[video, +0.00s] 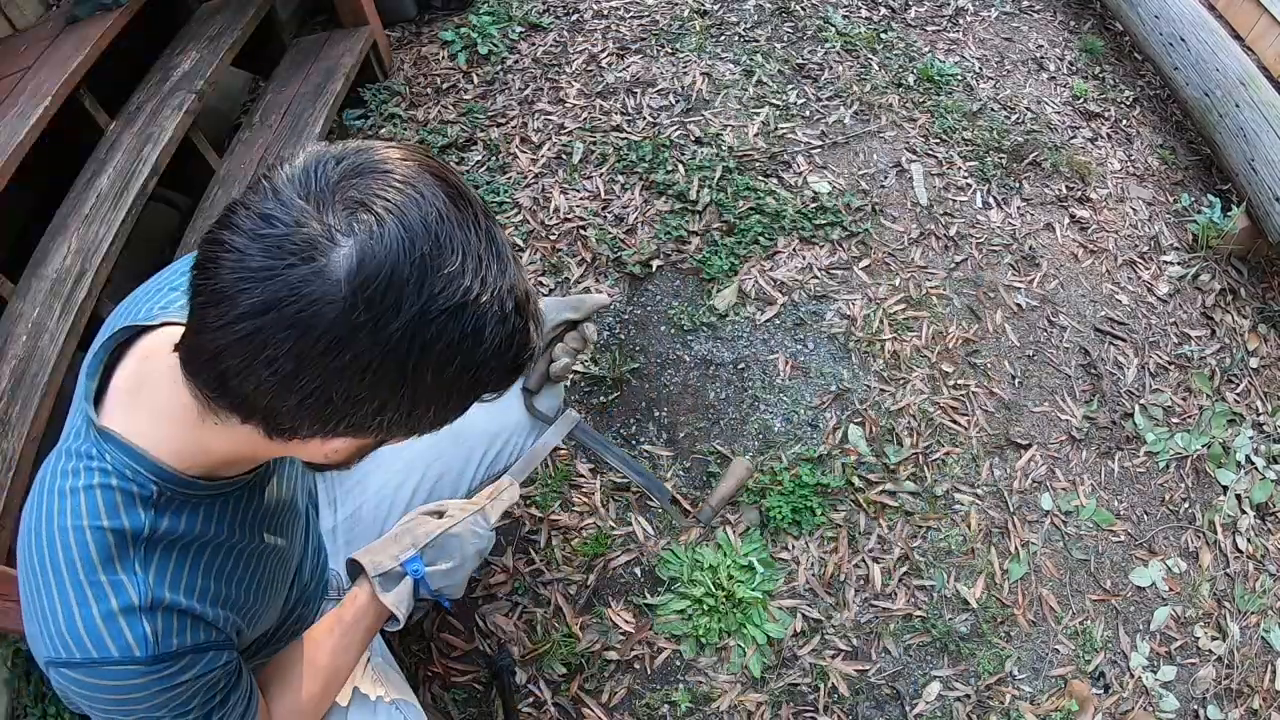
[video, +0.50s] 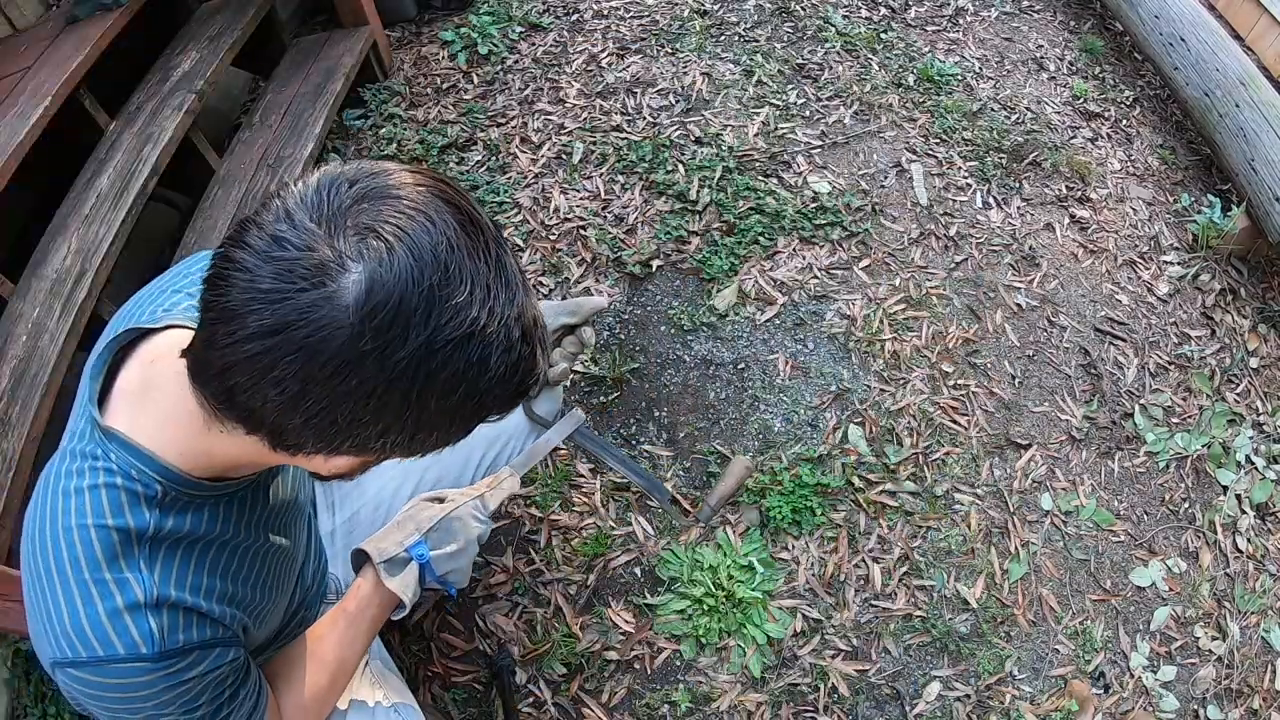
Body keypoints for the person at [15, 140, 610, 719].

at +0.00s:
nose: (420, 428)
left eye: (433, 408)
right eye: (412, 421)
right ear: (325, 433)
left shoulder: (210, 281)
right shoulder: (134, 642)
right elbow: (260, 711)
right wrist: (365, 600)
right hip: (270, 646)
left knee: (525, 401)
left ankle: (411, 582)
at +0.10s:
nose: (418, 431)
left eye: (432, 413)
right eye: (413, 424)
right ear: (329, 437)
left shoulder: (213, 279)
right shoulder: (133, 644)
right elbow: (262, 711)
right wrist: (363, 603)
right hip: (270, 648)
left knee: (529, 401)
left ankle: (410, 585)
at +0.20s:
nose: (422, 433)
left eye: (434, 415)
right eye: (418, 425)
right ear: (331, 441)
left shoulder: (213, 280)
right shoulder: (132, 641)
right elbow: (263, 712)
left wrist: (499, 359)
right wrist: (369, 594)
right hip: (268, 647)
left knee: (529, 406)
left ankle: (419, 581)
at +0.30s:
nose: (420, 437)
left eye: (435, 417)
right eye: (415, 430)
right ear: (327, 446)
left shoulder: (213, 279)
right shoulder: (133, 639)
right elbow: (267, 710)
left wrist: (504, 359)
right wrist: (377, 589)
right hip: (269, 646)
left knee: (533, 405)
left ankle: (423, 588)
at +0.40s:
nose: (425, 439)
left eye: (437, 420)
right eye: (419, 432)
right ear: (330, 450)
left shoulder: (215, 279)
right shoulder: (136, 639)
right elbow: (268, 713)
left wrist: (501, 354)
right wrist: (376, 588)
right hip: (272, 643)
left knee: (534, 407)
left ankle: (420, 581)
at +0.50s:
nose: (422, 439)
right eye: (409, 435)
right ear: (332, 455)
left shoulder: (218, 278)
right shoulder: (141, 642)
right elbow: (272, 712)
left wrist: (494, 356)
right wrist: (377, 587)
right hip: (272, 641)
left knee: (527, 413)